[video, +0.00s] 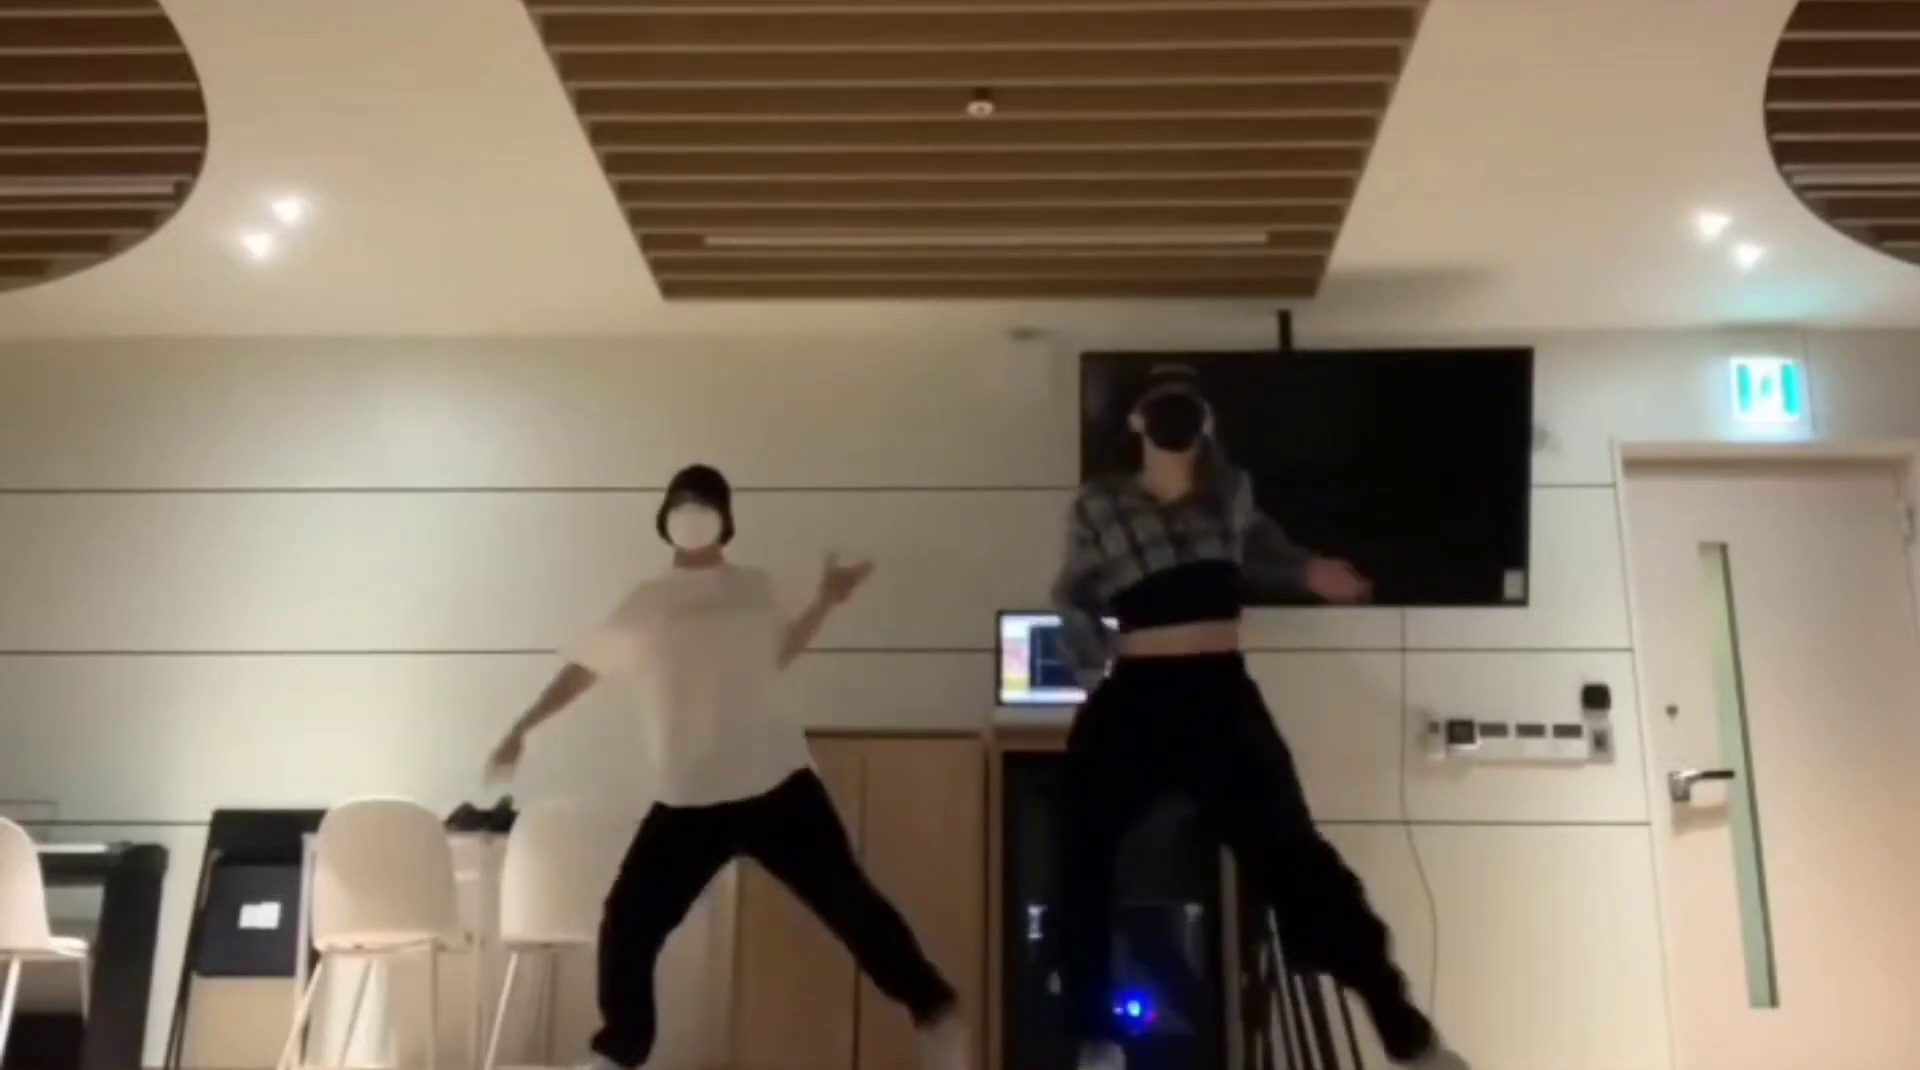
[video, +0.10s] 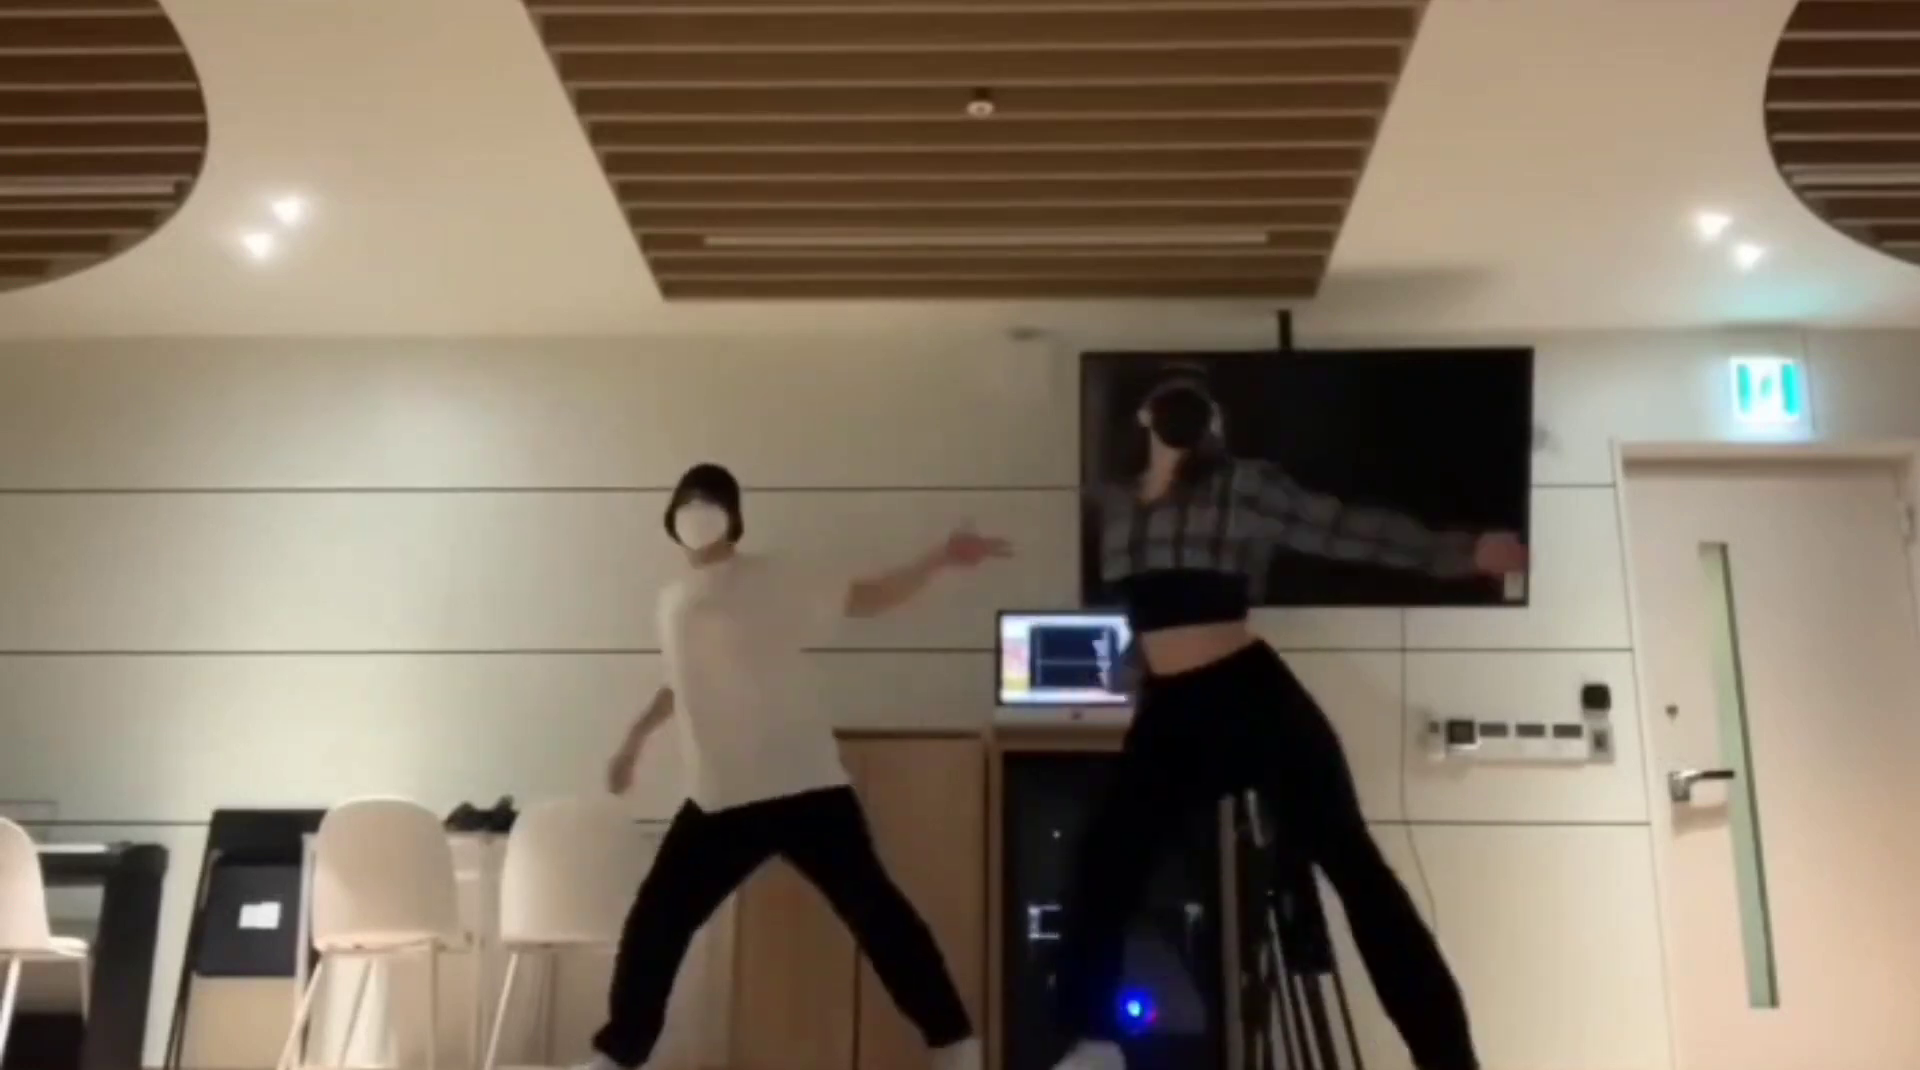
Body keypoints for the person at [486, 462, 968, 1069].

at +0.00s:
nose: (691, 521)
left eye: (703, 510)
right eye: (680, 511)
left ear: (725, 521)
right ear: (664, 524)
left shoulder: (755, 589)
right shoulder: (645, 604)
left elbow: (779, 655)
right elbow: (581, 672)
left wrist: (827, 600)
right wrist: (520, 730)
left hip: (777, 790)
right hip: (688, 802)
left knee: (848, 899)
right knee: (626, 927)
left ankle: (936, 1014)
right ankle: (621, 1052)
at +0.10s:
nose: (698, 516)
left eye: (712, 503)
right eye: (685, 507)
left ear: (734, 515)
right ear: (672, 523)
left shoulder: (776, 580)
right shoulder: (674, 602)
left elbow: (871, 596)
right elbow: (681, 683)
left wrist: (939, 560)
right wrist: (634, 740)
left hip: (804, 791)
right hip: (718, 803)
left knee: (877, 914)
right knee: (653, 925)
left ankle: (953, 1042)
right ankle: (620, 1052)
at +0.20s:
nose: (700, 510)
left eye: (713, 497)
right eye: (687, 502)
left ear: (736, 508)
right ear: (676, 518)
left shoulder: (774, 563)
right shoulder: (687, 595)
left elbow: (862, 565)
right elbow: (693, 677)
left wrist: (951, 540)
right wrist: (672, 741)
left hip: (809, 780)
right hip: (726, 795)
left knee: (879, 908)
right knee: (669, 920)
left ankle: (952, 1043)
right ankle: (621, 1052)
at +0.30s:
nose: (706, 507)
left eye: (719, 496)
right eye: (695, 500)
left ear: (745, 507)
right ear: (684, 518)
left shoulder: (772, 553)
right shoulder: (705, 590)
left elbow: (836, 537)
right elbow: (725, 680)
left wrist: (914, 508)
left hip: (808, 772)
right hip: (733, 788)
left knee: (874, 908)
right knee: (684, 918)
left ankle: (953, 1043)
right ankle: (623, 1049)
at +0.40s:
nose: (726, 517)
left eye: (735, 501)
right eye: (715, 509)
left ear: (757, 504)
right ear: (708, 523)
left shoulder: (778, 558)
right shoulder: (733, 586)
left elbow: (800, 521)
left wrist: (818, 481)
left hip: (810, 772)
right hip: (745, 782)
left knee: (867, 914)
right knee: (693, 920)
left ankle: (954, 1045)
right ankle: (623, 1050)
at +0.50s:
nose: (732, 517)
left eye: (737, 501)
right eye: (724, 509)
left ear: (762, 497)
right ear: (721, 523)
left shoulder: (784, 562)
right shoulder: (748, 582)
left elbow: (776, 494)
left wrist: (768, 451)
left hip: (809, 771)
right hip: (749, 779)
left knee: (864, 917)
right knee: (693, 923)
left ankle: (954, 1046)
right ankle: (623, 1051)